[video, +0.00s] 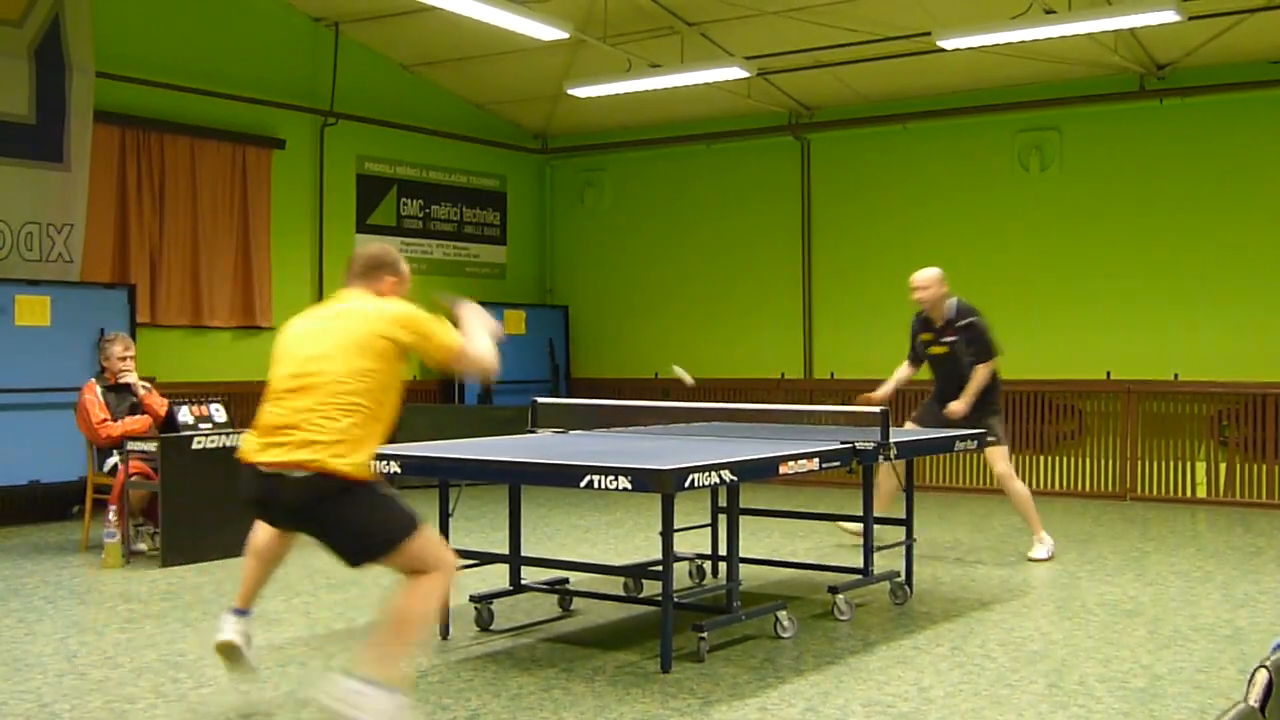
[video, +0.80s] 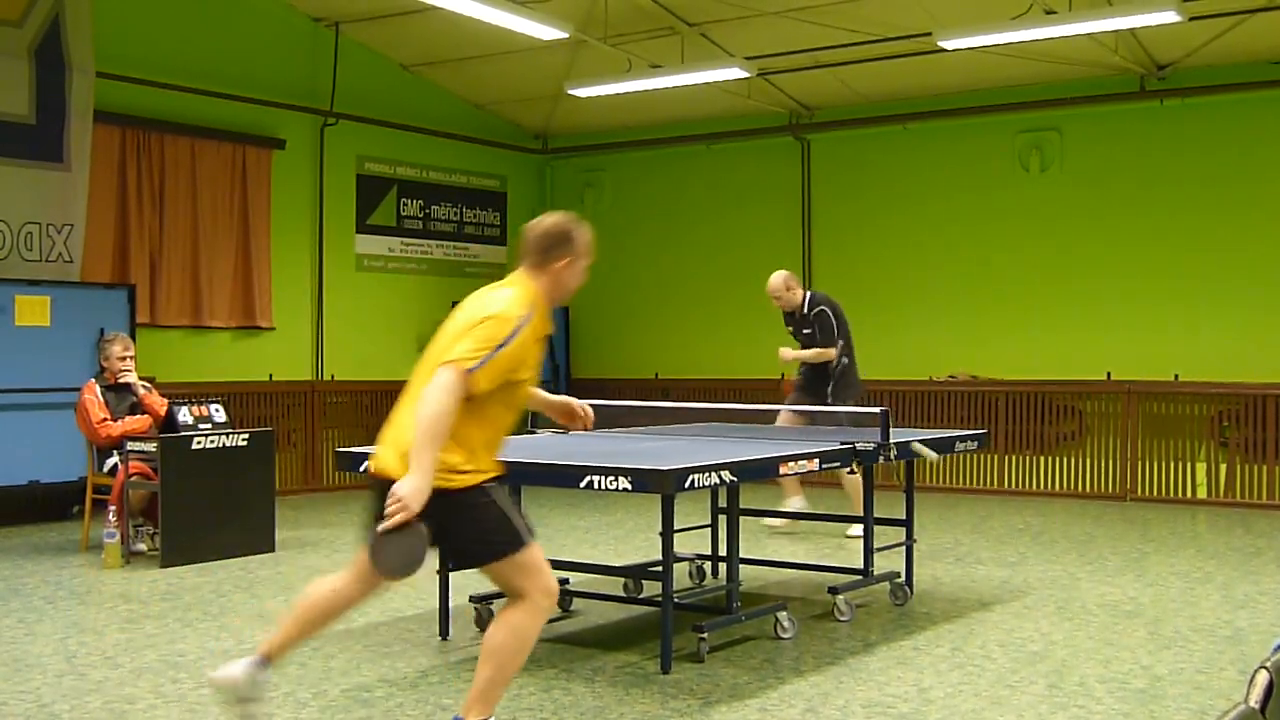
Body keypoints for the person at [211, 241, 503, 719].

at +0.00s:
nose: (406, 293)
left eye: (406, 286)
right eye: (405, 285)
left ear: (351, 280)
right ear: (389, 282)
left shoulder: (300, 322)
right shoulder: (394, 314)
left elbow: (288, 397)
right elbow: (483, 364)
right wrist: (476, 322)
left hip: (264, 478)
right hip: (330, 483)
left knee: (282, 514)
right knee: (436, 564)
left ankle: (236, 618)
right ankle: (373, 679)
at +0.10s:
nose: (425, 303)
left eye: (425, 296)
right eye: (424, 295)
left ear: (369, 293)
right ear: (410, 294)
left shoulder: (314, 339)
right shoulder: (421, 338)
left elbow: (288, 424)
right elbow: (500, 409)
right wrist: (525, 368)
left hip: (294, 497)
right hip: (368, 501)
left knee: (288, 556)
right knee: (454, 595)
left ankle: (244, 665)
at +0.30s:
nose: (445, 306)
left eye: (443, 299)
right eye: (444, 299)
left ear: (386, 299)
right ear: (436, 300)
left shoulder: (337, 344)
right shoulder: (453, 351)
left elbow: (310, 429)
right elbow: (508, 438)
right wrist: (466, 409)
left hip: (318, 497)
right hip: (401, 504)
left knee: (286, 569)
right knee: (474, 594)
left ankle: (228, 687)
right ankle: (471, 713)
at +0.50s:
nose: (435, 301)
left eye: (435, 292)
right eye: (435, 292)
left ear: (379, 290)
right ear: (421, 293)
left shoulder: (324, 341)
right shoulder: (430, 350)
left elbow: (292, 419)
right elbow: (447, 442)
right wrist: (497, 475)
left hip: (305, 499)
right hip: (384, 508)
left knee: (272, 591)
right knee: (468, 592)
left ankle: (198, 700)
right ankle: (467, 713)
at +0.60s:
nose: (478, 297)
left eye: (479, 286)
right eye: (476, 286)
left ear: (429, 283)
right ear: (457, 287)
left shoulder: (377, 331)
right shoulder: (431, 346)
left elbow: (365, 407)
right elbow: (413, 435)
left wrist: (440, 416)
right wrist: (478, 511)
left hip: (315, 502)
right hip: (378, 507)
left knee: (285, 601)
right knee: (490, 584)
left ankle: (195, 700)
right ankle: (467, 714)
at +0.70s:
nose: (520, 294)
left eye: (521, 284)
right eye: (519, 283)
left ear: (473, 277)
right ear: (498, 282)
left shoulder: (429, 320)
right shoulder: (463, 336)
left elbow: (431, 399)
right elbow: (410, 412)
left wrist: (493, 407)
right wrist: (433, 491)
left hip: (343, 492)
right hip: (394, 498)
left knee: (298, 594)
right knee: (513, 584)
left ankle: (200, 694)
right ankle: (471, 713)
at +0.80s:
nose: (584, 277)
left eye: (586, 266)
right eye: (584, 265)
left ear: (540, 257)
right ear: (563, 264)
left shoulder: (520, 303)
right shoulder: (512, 311)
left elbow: (492, 375)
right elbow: (449, 379)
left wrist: (545, 402)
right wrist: (421, 474)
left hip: (405, 469)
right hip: (452, 479)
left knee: (363, 575)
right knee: (538, 593)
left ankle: (254, 666)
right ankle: (474, 715)